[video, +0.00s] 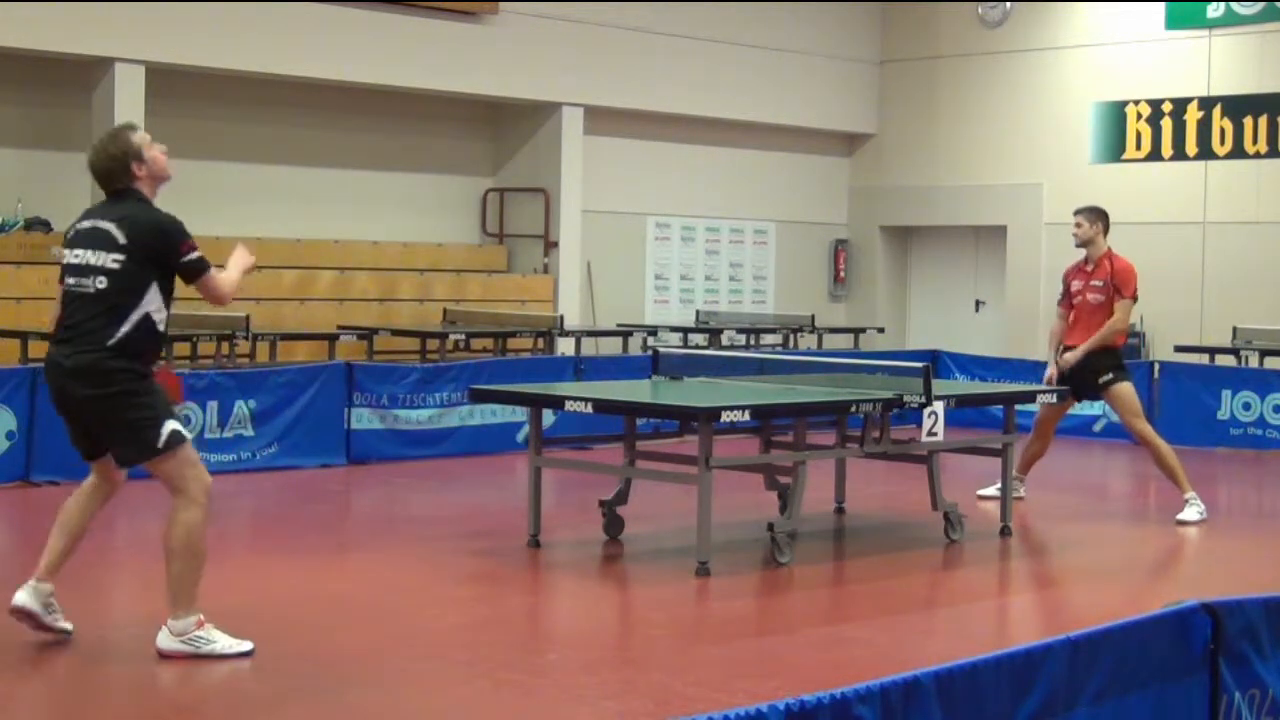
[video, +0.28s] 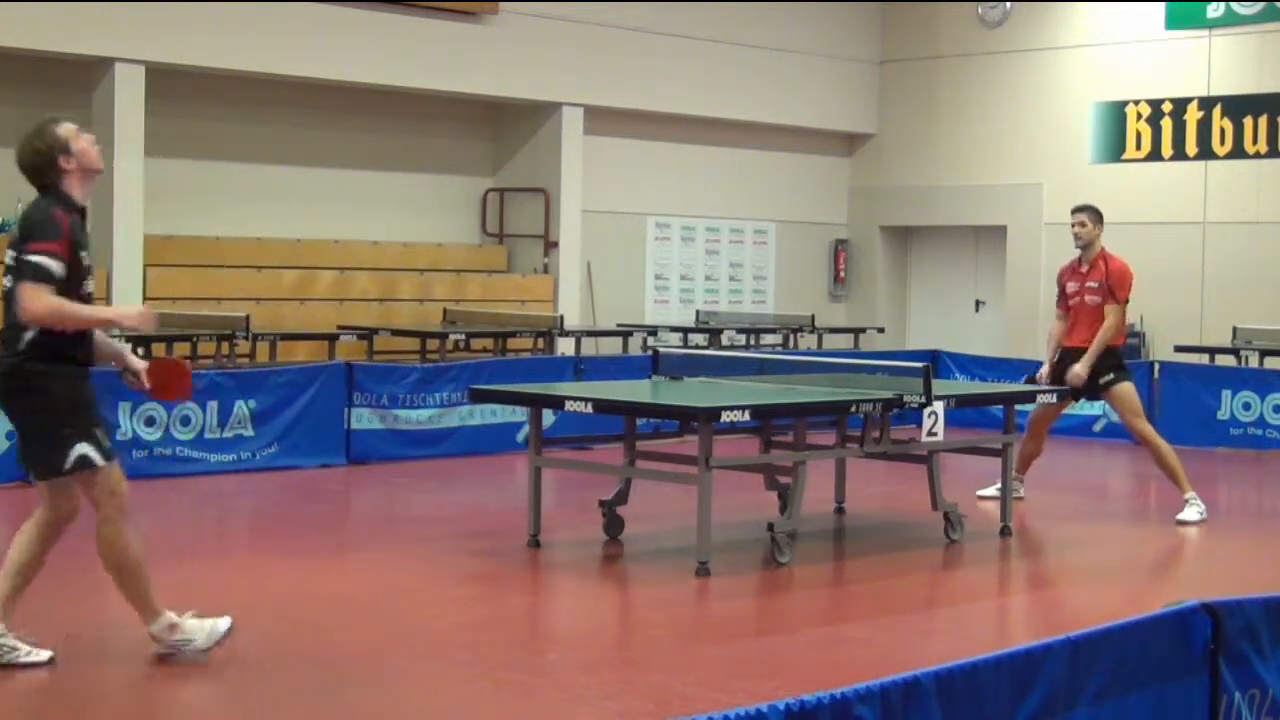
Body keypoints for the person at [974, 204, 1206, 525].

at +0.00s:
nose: (1073, 231)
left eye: (1079, 226)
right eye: (1073, 226)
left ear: (1098, 229)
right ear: (1087, 230)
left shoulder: (1121, 269)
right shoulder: (1072, 272)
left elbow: (1120, 323)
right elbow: (1061, 319)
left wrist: (1079, 352)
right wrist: (1051, 361)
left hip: (1104, 356)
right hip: (1070, 356)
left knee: (1138, 426)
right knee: (1043, 422)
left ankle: (1191, 498)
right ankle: (1016, 481)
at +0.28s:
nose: (1075, 231)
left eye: (1081, 225)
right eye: (1073, 226)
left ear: (1098, 229)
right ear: (1071, 231)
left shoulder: (1116, 269)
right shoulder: (1066, 273)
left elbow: (1112, 323)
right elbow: (1061, 320)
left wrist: (1086, 363)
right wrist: (1048, 361)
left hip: (1105, 357)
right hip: (1069, 357)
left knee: (1138, 426)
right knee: (1036, 422)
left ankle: (1191, 498)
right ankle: (1015, 481)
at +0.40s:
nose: (1054, 262)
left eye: (1052, 254)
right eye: (1050, 256)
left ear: (1063, 243)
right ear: (1075, 237)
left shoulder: (1076, 265)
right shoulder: (1121, 249)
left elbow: (1057, 328)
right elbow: (1125, 292)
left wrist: (1033, 359)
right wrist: (1090, 311)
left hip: (1126, 349)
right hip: (1164, 344)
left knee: (1083, 427)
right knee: (1168, 437)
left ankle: (1074, 514)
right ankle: (1185, 519)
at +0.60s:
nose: (1032, 296)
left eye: (1030, 288)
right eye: (1028, 291)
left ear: (1041, 277)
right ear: (1053, 271)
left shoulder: (1055, 293)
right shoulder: (1092, 276)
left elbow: (1031, 353)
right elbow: (1097, 317)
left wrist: (1007, 373)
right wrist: (1064, 335)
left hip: (1121, 359)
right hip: (1159, 351)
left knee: (1073, 427)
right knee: (1186, 441)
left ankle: (1073, 514)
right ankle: (1229, 514)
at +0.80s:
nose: (1028, 323)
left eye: (1028, 317)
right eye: (1025, 319)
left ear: (1040, 307)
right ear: (1051, 299)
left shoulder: (1052, 323)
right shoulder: (1086, 306)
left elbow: (1017, 370)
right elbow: (1072, 355)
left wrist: (994, 367)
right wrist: (1031, 352)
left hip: (1125, 382)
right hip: (1161, 375)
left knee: (1063, 429)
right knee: (1198, 462)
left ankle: (1072, 514)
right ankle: (1254, 523)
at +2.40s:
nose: (1051, 316)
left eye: (1052, 309)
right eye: (1050, 310)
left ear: (1068, 305)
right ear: (1080, 302)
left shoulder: (1066, 328)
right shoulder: (1115, 319)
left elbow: (1022, 351)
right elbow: (1078, 345)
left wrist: (995, 342)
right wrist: (1040, 332)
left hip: (1119, 417)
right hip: (1158, 413)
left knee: (1052, 431)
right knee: (1201, 486)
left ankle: (1071, 514)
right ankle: (1247, 530)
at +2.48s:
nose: (1058, 307)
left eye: (1060, 300)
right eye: (1058, 301)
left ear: (1074, 298)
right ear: (1089, 295)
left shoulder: (1073, 318)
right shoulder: (1121, 316)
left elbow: (1022, 328)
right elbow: (1083, 335)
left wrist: (1001, 302)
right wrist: (1051, 316)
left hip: (1118, 416)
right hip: (1157, 413)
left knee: (1052, 432)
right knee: (1201, 484)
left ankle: (1071, 514)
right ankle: (1248, 530)